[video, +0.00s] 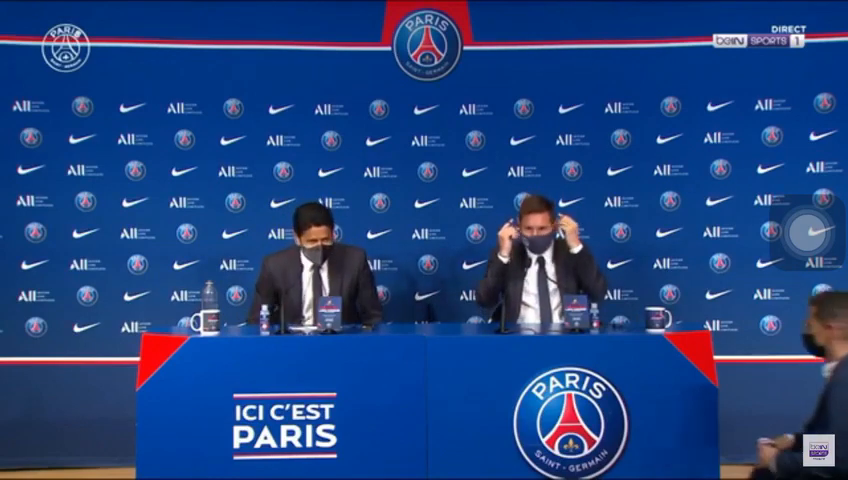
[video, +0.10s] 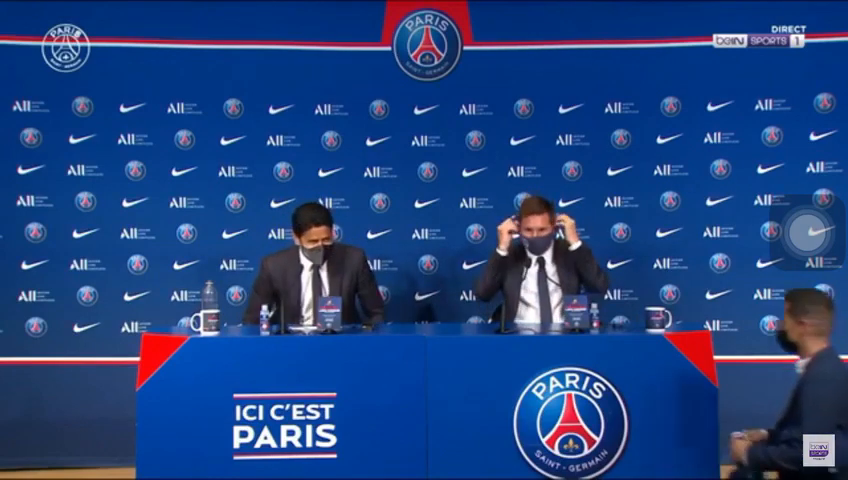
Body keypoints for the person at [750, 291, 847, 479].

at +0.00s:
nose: (808, 328)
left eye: (812, 321)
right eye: (810, 321)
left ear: (832, 328)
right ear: (833, 327)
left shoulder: (841, 380)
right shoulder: (838, 374)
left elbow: (837, 460)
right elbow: (825, 429)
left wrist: (777, 461)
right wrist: (793, 441)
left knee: (762, 474)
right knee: (760, 472)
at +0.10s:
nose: (782, 325)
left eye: (786, 318)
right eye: (784, 318)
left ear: (804, 324)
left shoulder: (822, 376)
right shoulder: (821, 369)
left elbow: (810, 451)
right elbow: (806, 430)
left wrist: (750, 454)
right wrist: (768, 436)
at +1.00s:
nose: (553, 324)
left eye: (553, 319)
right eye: (552, 319)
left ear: (563, 323)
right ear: (596, 320)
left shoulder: (549, 376)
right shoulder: (616, 366)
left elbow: (520, 445)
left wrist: (498, 415)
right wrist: (541, 360)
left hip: (561, 471)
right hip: (601, 469)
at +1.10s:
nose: (540, 325)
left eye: (542, 319)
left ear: (549, 323)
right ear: (583, 321)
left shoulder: (536, 372)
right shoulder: (601, 363)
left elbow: (506, 441)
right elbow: (564, 375)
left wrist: (483, 424)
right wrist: (526, 345)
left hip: (547, 468)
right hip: (585, 466)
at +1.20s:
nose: (518, 316)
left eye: (520, 309)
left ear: (527, 317)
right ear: (561, 318)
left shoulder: (516, 371)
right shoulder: (580, 353)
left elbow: (489, 441)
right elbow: (537, 341)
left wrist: (469, 431)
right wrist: (500, 320)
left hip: (528, 468)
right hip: (568, 464)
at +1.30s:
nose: (504, 317)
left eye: (505, 313)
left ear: (512, 318)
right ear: (546, 315)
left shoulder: (499, 370)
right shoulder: (565, 350)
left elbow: (474, 444)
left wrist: (465, 422)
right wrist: (486, 308)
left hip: (515, 467)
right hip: (557, 463)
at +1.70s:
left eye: (424, 308)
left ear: (427, 314)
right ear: (465, 309)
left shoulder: (419, 366)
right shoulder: (488, 340)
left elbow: (413, 442)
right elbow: (471, 304)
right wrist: (443, 281)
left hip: (453, 460)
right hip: (503, 456)